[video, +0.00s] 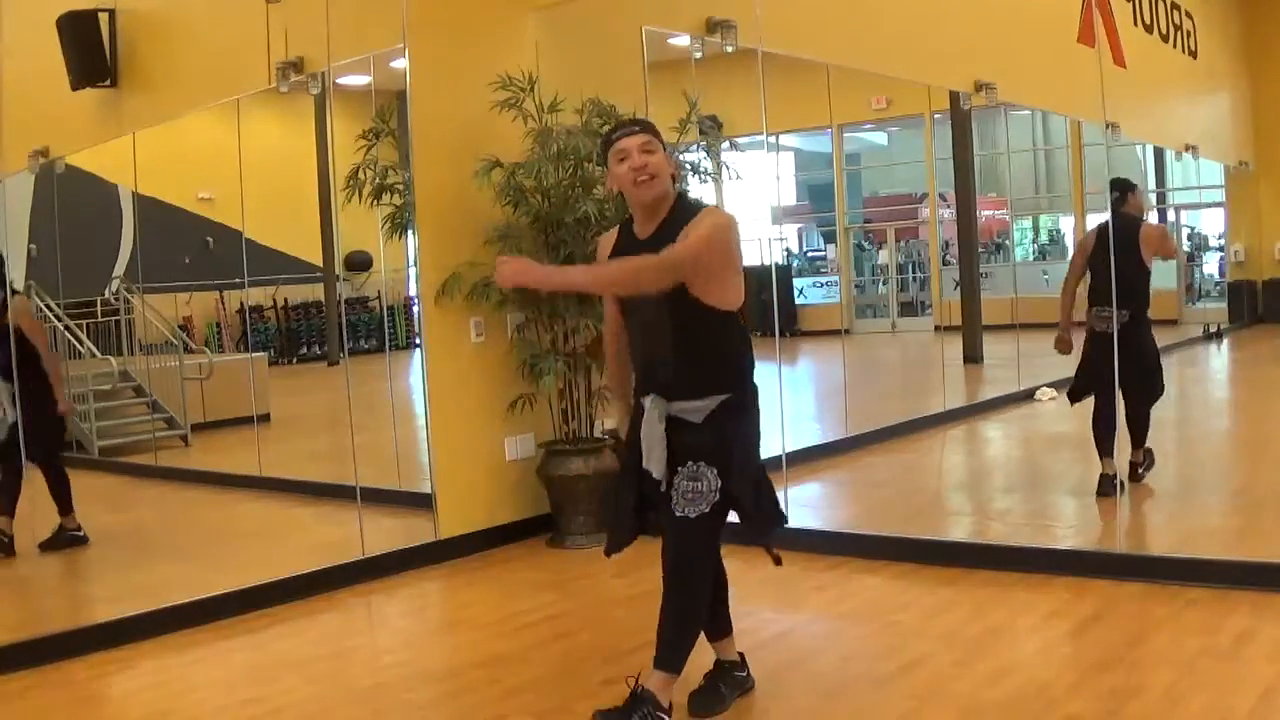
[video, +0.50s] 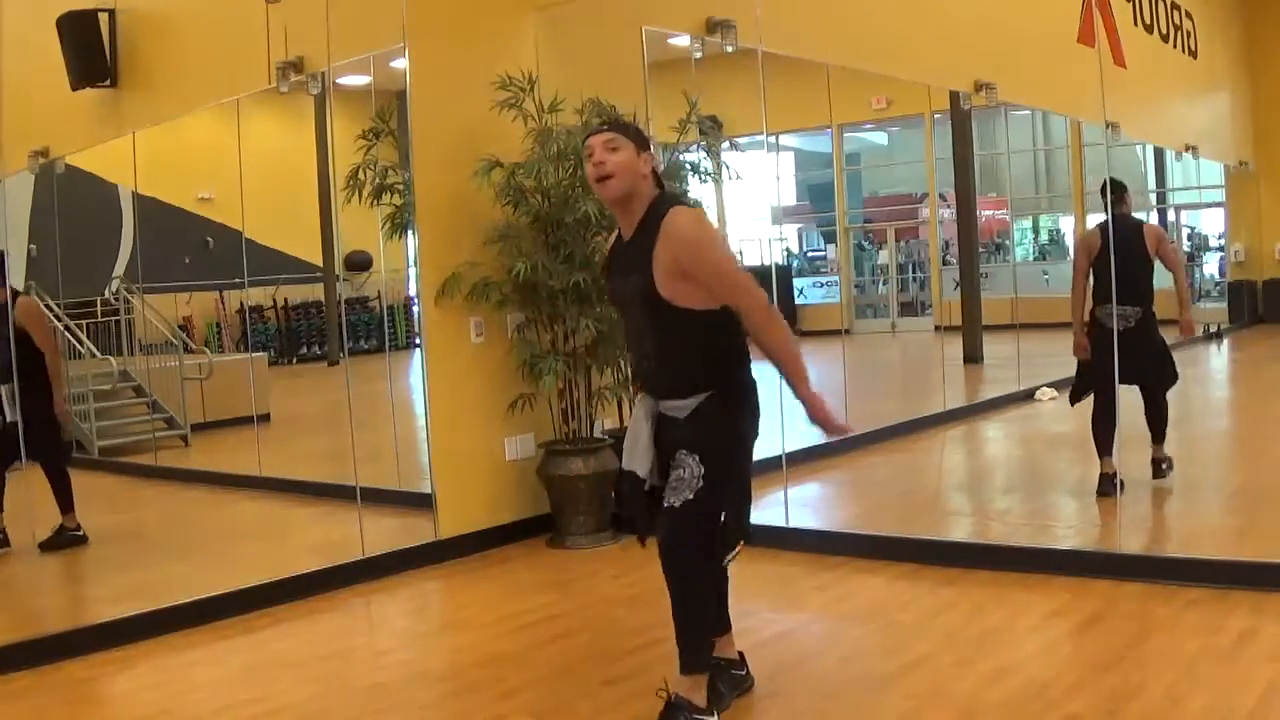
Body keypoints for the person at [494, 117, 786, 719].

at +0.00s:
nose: (638, 161)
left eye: (648, 150)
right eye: (623, 158)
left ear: (672, 163)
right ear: (613, 182)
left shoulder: (712, 226)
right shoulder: (612, 248)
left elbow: (657, 273)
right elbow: (615, 338)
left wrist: (543, 275)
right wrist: (626, 410)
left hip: (717, 410)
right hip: (658, 412)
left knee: (685, 551)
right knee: (691, 544)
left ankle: (655, 697)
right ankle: (731, 663)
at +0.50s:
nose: (597, 162)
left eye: (610, 150)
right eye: (589, 158)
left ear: (647, 162)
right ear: (590, 182)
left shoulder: (683, 228)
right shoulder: (619, 248)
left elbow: (757, 310)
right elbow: (651, 334)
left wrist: (807, 392)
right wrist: (645, 406)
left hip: (715, 408)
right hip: (664, 411)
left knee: (683, 544)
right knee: (690, 536)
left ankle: (693, 698)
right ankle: (726, 662)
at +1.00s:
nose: (646, 133)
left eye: (658, 124)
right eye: (629, 129)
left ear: (681, 147)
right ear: (611, 159)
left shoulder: (731, 232)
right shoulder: (581, 250)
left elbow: (750, 334)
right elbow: (565, 362)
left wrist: (670, 390)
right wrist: (566, 465)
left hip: (714, 439)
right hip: (628, 442)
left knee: (707, 599)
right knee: (625, 589)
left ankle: (698, 707)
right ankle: (670, 641)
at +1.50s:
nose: (623, 131)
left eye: (638, 118)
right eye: (604, 120)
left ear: (657, 138)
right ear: (580, 142)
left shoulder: (697, 203)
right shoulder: (533, 234)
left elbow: (666, 273)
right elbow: (528, 357)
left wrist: (535, 270)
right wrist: (599, 457)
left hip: (682, 466)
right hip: (576, 472)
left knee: (697, 639)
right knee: (585, 677)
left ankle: (701, 712)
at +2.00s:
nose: (517, 174)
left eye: (537, 157)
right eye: (497, 161)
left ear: (573, 177)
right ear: (475, 189)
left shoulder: (645, 282)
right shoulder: (456, 292)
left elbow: (720, 383)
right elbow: (446, 418)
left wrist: (727, 468)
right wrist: (454, 525)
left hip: (636, 536)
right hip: (523, 536)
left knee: (650, 705)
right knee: (532, 706)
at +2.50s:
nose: (549, 204)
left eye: (574, 178)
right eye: (520, 185)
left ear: (614, 192)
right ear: (491, 208)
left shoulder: (705, 306)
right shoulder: (449, 328)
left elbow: (744, 484)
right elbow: (455, 476)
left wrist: (751, 638)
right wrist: (487, 587)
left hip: (678, 581)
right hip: (541, 584)